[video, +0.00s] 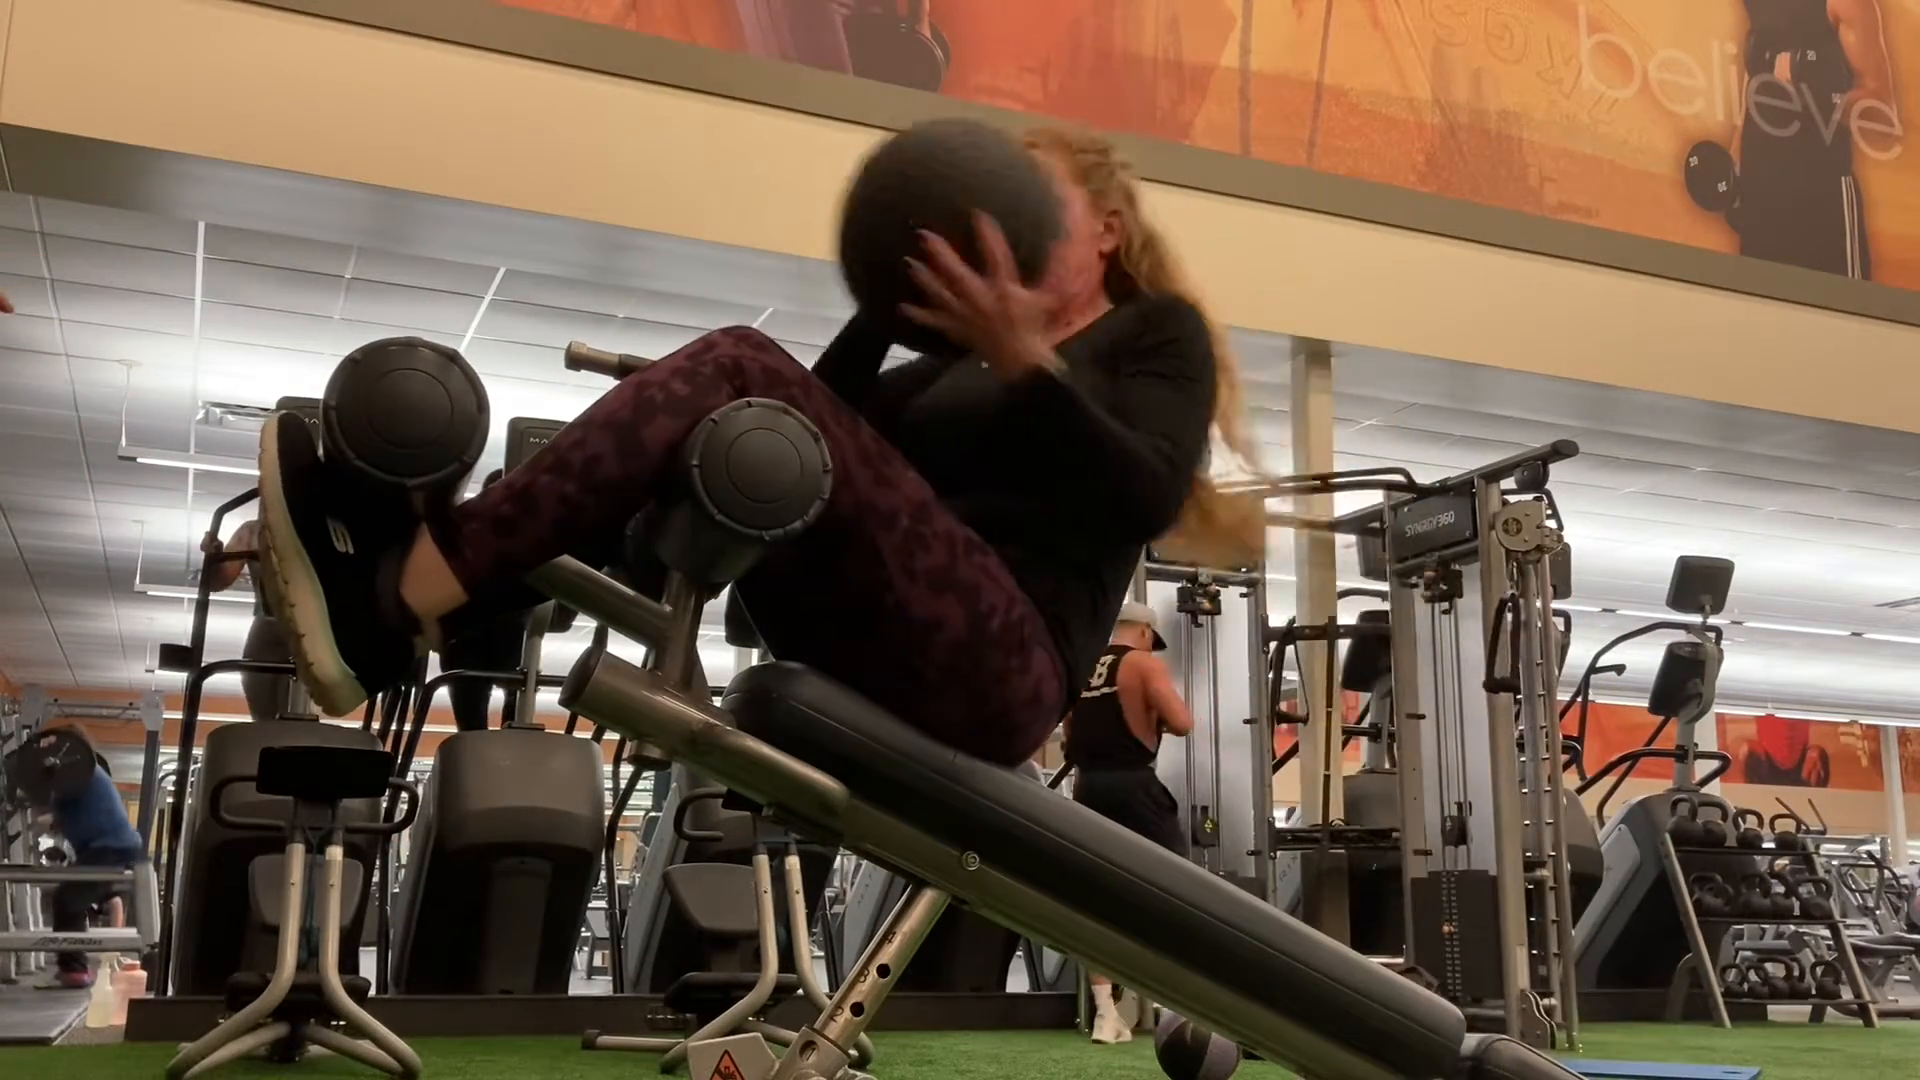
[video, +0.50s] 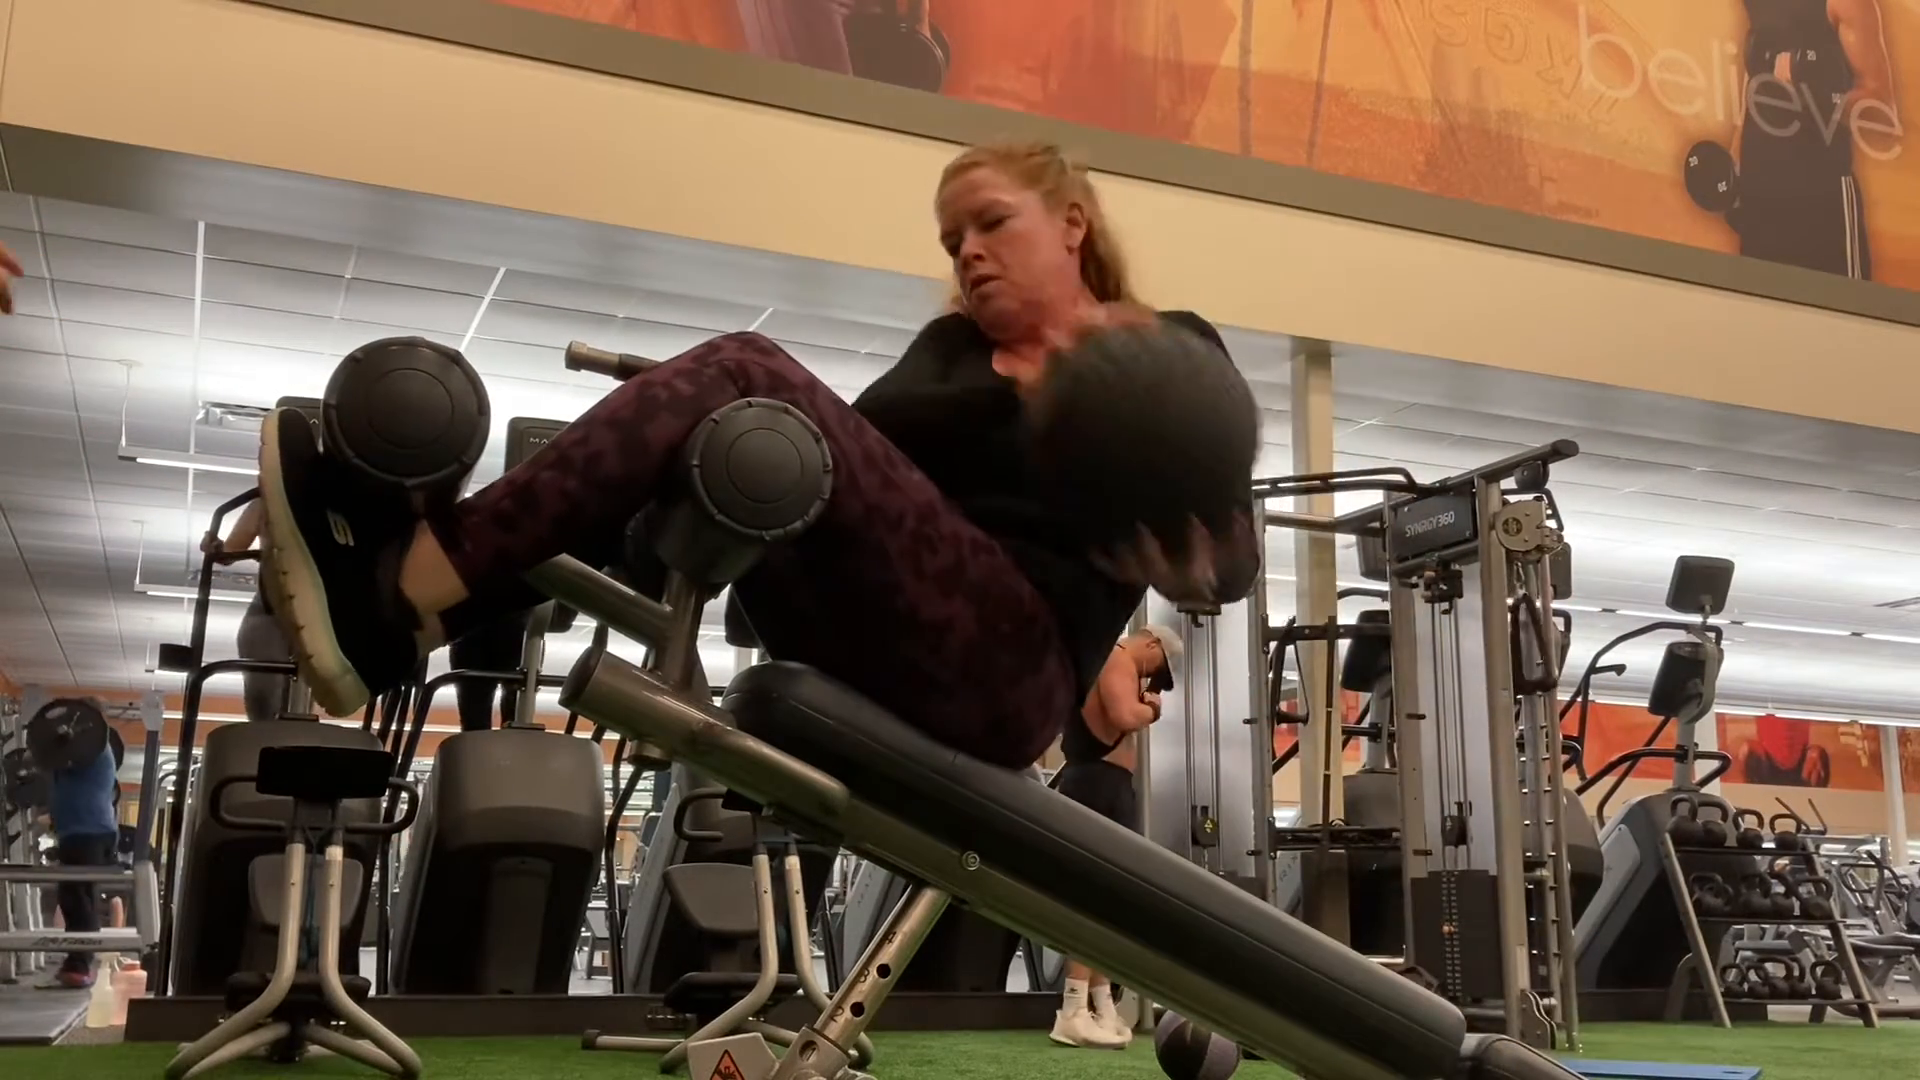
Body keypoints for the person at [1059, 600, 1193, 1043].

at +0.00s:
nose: (1153, 645)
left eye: (1152, 640)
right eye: (1153, 639)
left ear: (1114, 632)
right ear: (1143, 633)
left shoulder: (1085, 666)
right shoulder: (1145, 663)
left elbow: (1070, 736)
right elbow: (1182, 724)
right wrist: (1157, 709)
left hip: (1089, 792)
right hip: (1136, 791)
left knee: (1091, 899)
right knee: (1157, 892)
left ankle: (1106, 1014)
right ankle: (1145, 998)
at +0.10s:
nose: (1150, 658)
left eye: (1151, 653)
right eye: (1151, 651)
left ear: (1118, 637)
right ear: (1141, 639)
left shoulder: (1089, 665)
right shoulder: (1134, 659)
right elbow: (1168, 719)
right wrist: (1157, 693)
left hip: (1086, 787)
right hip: (1129, 786)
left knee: (1094, 898)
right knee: (1157, 890)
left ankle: (1104, 1012)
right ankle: (1143, 1003)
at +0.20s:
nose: (1152, 664)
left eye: (1154, 659)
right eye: (1153, 656)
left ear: (1122, 636)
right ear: (1142, 642)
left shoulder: (1094, 664)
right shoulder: (1129, 659)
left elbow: (1080, 733)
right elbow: (1154, 716)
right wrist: (1165, 705)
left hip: (1087, 783)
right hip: (1120, 784)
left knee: (1101, 890)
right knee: (1129, 890)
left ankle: (1106, 1000)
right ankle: (1111, 1000)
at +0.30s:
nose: (1158, 670)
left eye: (1159, 664)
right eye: (1159, 660)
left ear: (1131, 635)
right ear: (1149, 641)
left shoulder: (1101, 660)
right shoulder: (1127, 655)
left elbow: (1075, 741)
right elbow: (1143, 717)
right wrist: (1163, 707)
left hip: (1085, 783)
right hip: (1115, 784)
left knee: (1107, 888)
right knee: (1123, 887)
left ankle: (1097, 998)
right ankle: (1088, 996)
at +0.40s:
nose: (1153, 673)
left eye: (1157, 669)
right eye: (1157, 664)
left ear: (1141, 642)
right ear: (1150, 645)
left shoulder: (1101, 658)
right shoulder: (1123, 655)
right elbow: (1130, 714)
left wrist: (1146, 703)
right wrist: (1157, 710)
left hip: (1090, 782)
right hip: (1103, 784)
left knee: (1111, 897)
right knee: (1101, 898)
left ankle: (1103, 1007)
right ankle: (1076, 1008)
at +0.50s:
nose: (1152, 673)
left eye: (1156, 670)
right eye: (1156, 664)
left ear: (1142, 641)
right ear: (1150, 643)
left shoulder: (1101, 655)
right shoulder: (1120, 657)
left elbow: (1096, 723)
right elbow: (1121, 716)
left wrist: (1143, 700)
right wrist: (1152, 710)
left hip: (1088, 782)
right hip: (1100, 785)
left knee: (1101, 900)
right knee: (1090, 900)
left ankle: (1102, 1009)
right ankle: (1072, 1013)